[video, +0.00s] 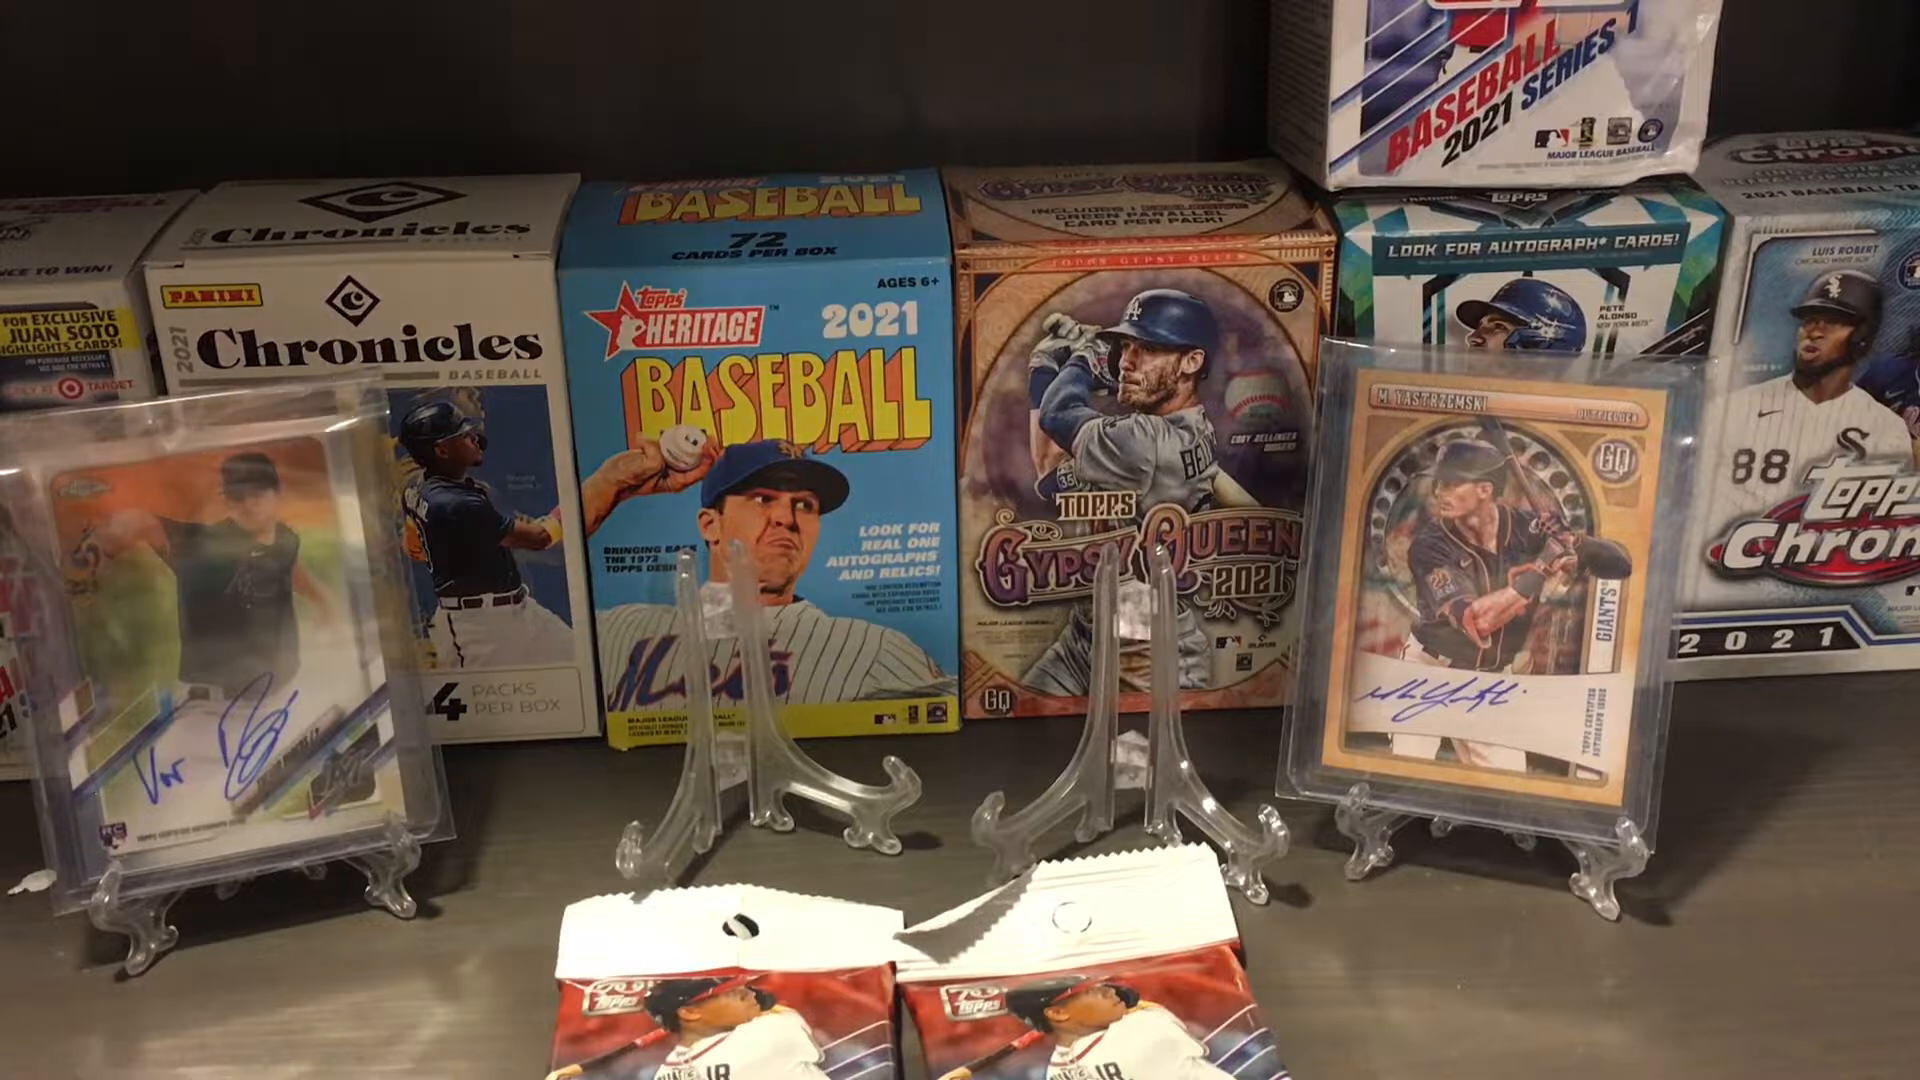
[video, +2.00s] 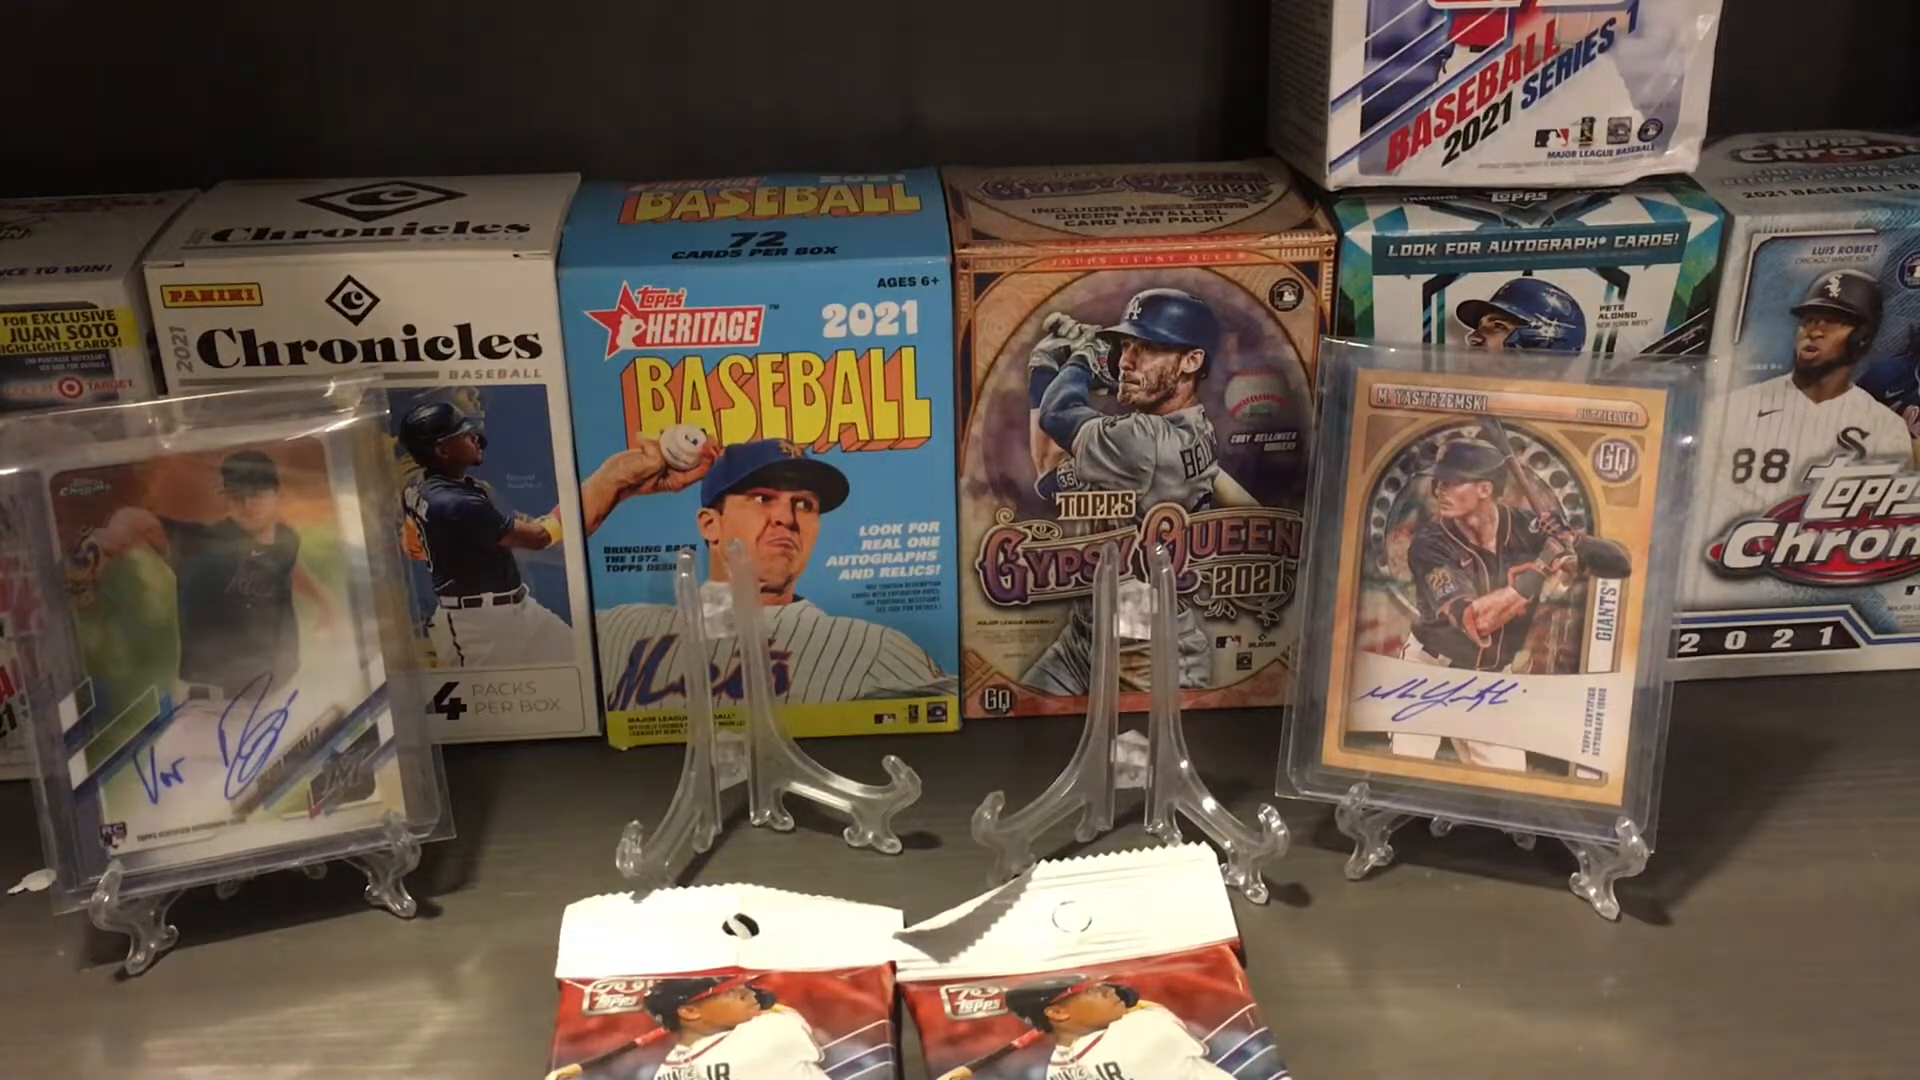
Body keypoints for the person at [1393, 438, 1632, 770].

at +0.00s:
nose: (1439, 493)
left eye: (1451, 485)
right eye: (1439, 484)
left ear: (1484, 491)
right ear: (1435, 486)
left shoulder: (1527, 528)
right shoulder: (1430, 541)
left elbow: (1622, 563)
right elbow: (1474, 623)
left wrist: (1577, 551)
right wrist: (1538, 571)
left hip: (1495, 676)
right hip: (1429, 669)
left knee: (1508, 792)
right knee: (1410, 774)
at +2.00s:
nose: (1439, 491)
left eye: (1451, 484)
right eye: (1439, 483)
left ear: (1484, 490)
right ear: (1436, 485)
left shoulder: (1526, 528)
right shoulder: (1430, 540)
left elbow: (1621, 562)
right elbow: (1474, 622)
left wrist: (1574, 550)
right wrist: (1540, 567)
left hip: (1493, 677)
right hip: (1429, 670)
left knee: (1509, 788)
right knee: (1409, 775)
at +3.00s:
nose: (1439, 492)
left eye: (1451, 484)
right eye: (1439, 483)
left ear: (1484, 491)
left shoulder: (1528, 528)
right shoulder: (1431, 541)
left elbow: (1621, 563)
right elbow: (1473, 622)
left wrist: (1572, 551)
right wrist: (1539, 572)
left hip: (1495, 677)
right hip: (1429, 669)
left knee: (1508, 788)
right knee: (1411, 773)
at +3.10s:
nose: (1439, 492)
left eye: (1451, 484)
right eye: (1439, 483)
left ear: (1484, 491)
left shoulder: (1528, 528)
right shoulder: (1431, 541)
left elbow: (1621, 563)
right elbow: (1473, 622)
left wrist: (1572, 552)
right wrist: (1539, 572)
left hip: (1495, 677)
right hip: (1429, 668)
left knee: (1508, 787)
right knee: (1411, 772)